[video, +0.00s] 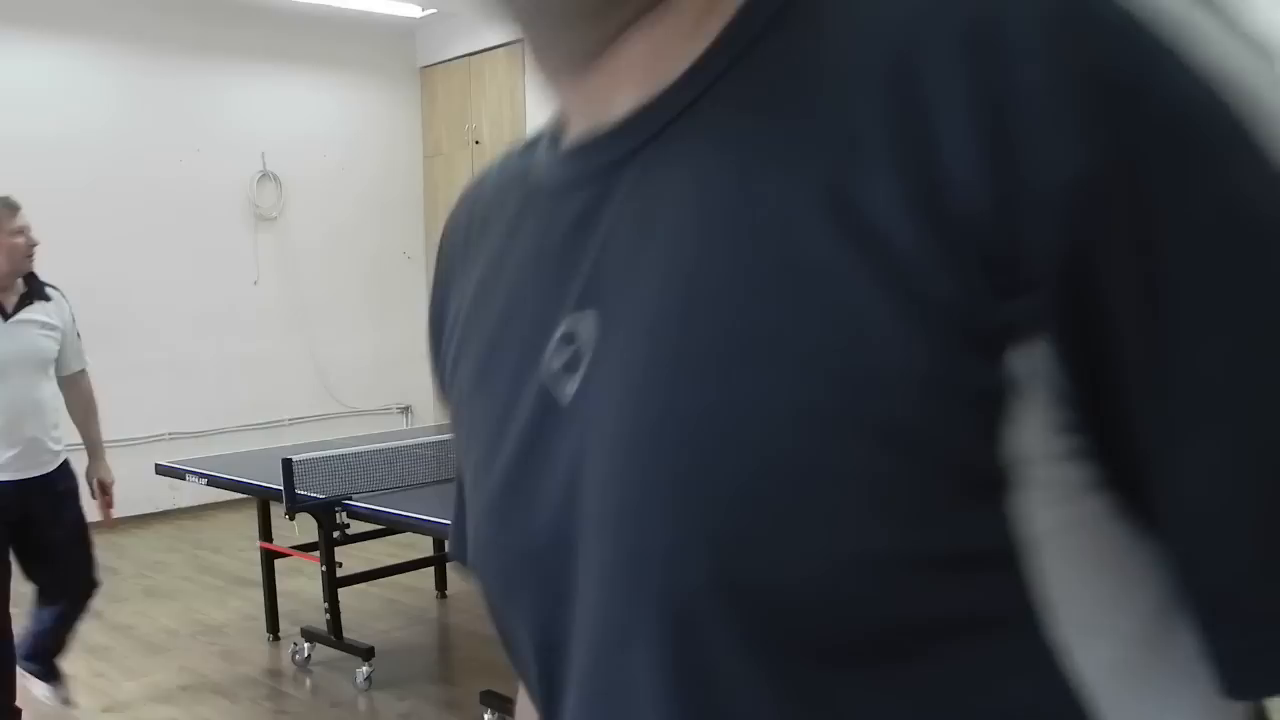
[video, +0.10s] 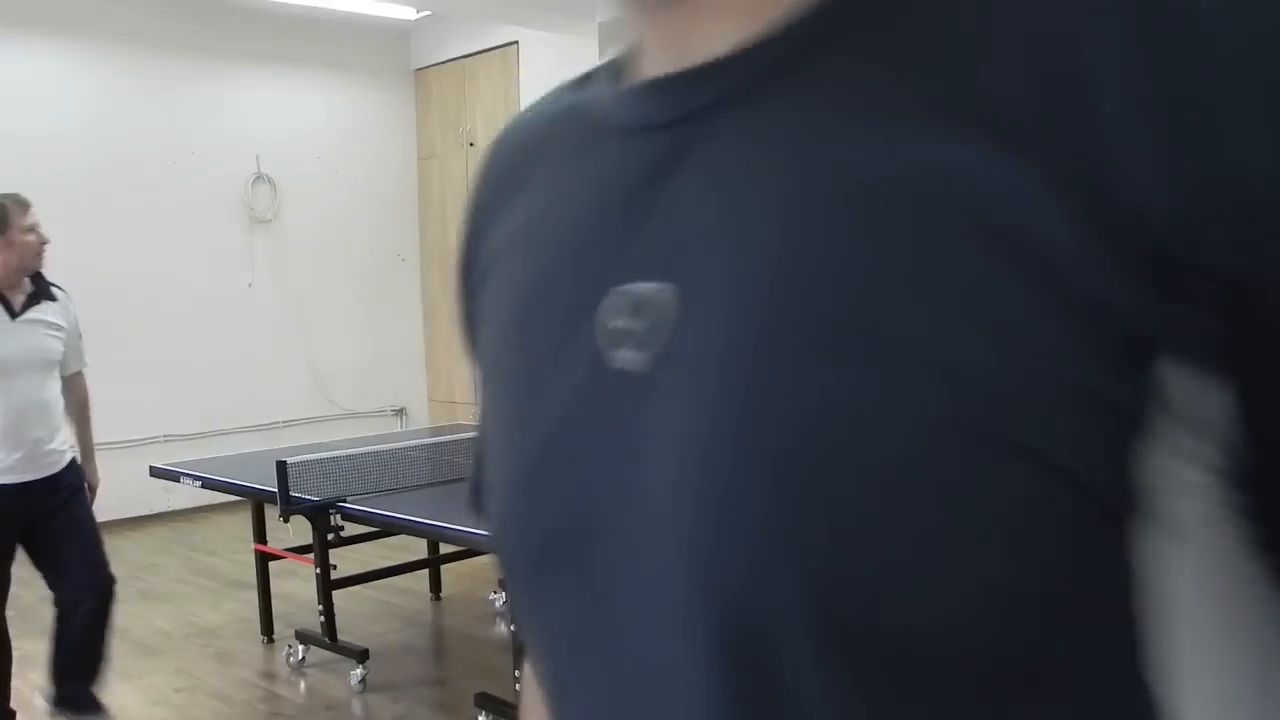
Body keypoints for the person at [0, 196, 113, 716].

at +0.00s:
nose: (30, 238)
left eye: (28, 229)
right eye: (17, 232)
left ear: (28, 239)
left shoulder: (51, 303)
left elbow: (74, 381)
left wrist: (96, 457)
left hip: (45, 473)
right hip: (1, 480)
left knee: (73, 581)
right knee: (6, 598)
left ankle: (35, 664)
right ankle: (12, 694)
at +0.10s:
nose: (42, 238)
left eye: (39, 229)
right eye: (30, 230)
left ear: (26, 241)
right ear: (1, 243)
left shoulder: (56, 302)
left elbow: (73, 381)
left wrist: (86, 456)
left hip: (54, 480)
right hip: (1, 489)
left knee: (90, 586)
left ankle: (73, 696)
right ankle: (3, 704)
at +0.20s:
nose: (64, 240)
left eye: (61, 231)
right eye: (52, 232)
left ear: (32, 244)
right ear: (11, 244)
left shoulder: (70, 303)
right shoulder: (3, 308)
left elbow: (84, 384)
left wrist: (92, 460)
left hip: (70, 488)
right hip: (6, 496)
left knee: (106, 612)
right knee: (1, 626)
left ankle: (131, 713)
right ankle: (4, 709)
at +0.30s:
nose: (90, 246)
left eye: (86, 236)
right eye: (77, 238)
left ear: (48, 248)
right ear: (34, 248)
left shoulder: (91, 309)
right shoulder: (5, 305)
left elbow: (101, 393)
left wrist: (109, 471)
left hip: (88, 499)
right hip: (14, 506)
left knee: (123, 635)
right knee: (2, 638)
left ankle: (161, 716)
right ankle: (6, 707)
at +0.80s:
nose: (233, 224)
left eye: (231, 212)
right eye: (220, 213)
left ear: (191, 223)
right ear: (174, 222)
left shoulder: (232, 297)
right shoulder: (123, 284)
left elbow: (268, 377)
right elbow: (72, 376)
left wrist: (316, 451)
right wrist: (87, 482)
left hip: (217, 492)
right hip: (146, 493)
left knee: (208, 641)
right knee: (184, 644)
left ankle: (192, 713)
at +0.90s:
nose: (263, 227)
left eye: (261, 216)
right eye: (250, 217)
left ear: (215, 226)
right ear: (202, 226)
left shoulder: (261, 301)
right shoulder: (149, 292)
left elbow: (297, 384)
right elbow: (93, 391)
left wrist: (348, 450)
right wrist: (91, 501)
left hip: (246, 500)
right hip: (173, 505)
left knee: (207, 649)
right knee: (228, 662)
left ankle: (180, 713)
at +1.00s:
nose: (290, 228)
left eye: (287, 216)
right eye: (276, 218)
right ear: (228, 229)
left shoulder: (286, 303)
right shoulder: (173, 302)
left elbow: (318, 390)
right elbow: (114, 404)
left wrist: (361, 452)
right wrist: (100, 514)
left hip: (280, 508)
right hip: (210, 510)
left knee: (235, 645)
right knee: (274, 658)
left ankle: (193, 712)